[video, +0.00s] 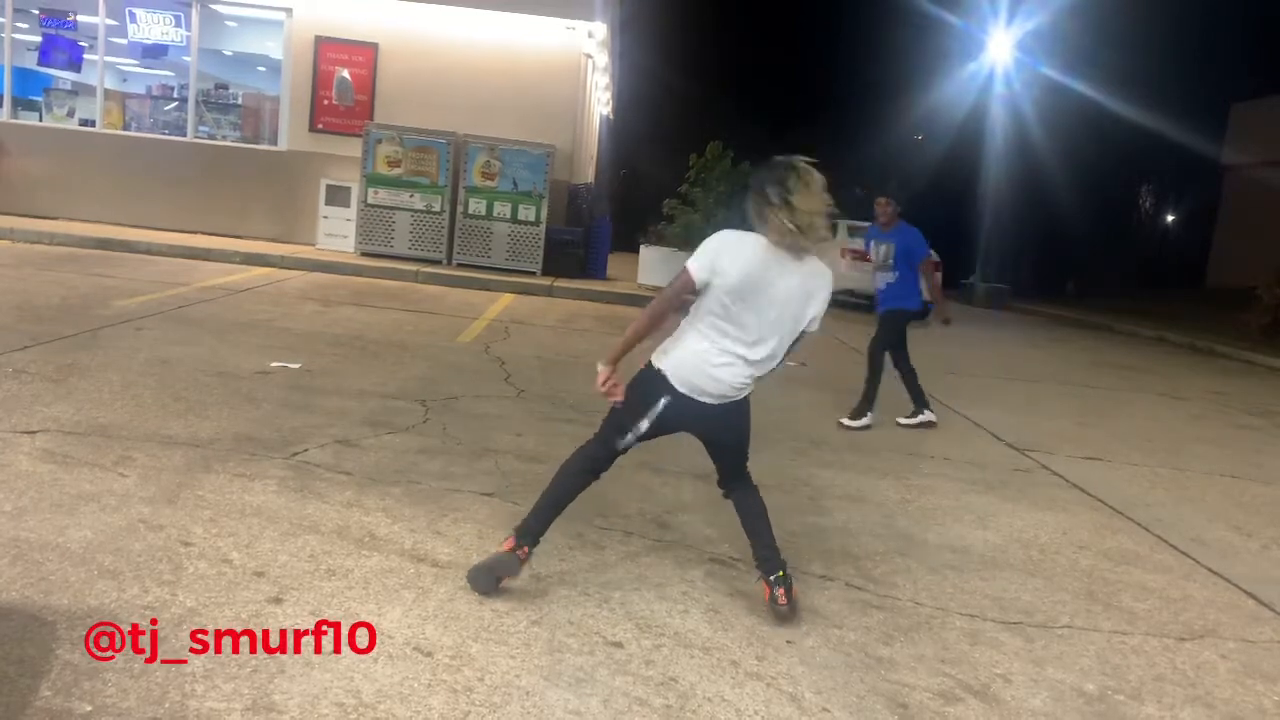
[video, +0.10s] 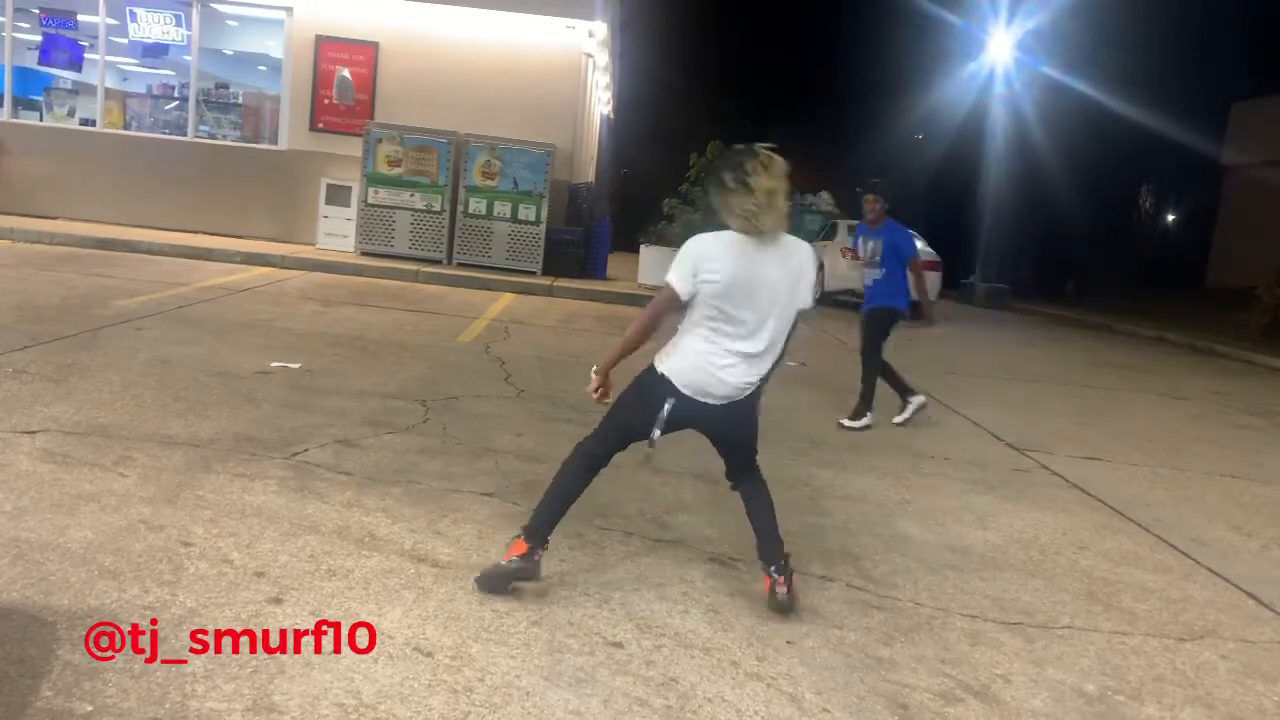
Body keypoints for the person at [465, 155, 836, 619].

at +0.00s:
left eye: (757, 196)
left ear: (761, 202)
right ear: (813, 212)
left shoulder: (728, 244)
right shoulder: (818, 278)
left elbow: (665, 304)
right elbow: (784, 351)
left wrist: (613, 359)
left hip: (668, 388)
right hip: (729, 406)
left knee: (595, 456)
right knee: (738, 480)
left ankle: (518, 546)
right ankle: (777, 581)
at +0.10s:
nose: (731, 201)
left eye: (730, 192)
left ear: (727, 197)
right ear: (780, 200)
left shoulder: (704, 248)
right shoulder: (803, 258)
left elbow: (652, 318)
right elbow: (787, 332)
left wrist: (607, 364)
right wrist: (758, 381)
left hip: (670, 386)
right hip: (737, 403)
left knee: (597, 449)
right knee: (747, 473)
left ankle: (529, 545)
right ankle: (779, 574)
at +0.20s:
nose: (679, 198)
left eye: (683, 189)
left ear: (691, 191)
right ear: (745, 190)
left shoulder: (675, 252)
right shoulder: (771, 244)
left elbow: (647, 334)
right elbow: (774, 332)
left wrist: (614, 372)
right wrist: (766, 394)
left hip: (670, 389)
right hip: (734, 398)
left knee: (594, 447)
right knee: (747, 466)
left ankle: (546, 548)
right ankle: (781, 561)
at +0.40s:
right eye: (717, 197)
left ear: (661, 193)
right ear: (709, 198)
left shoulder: (637, 238)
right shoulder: (725, 248)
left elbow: (632, 323)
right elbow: (757, 335)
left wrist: (662, 346)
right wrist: (774, 397)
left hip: (658, 391)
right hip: (723, 395)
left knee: (598, 460)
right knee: (748, 468)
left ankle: (552, 563)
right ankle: (793, 566)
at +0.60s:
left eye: (718, 160)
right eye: (786, 184)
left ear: (727, 165)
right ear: (779, 184)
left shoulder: (695, 205)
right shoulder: (778, 241)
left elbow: (641, 270)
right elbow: (782, 330)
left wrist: (603, 260)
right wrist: (786, 380)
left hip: (673, 374)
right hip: (731, 381)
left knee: (632, 453)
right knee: (734, 464)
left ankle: (597, 548)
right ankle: (787, 559)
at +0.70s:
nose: (735, 170)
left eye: (743, 163)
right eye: (812, 188)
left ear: (753, 167)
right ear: (802, 187)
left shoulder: (724, 207)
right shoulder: (801, 248)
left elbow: (663, 274)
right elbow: (790, 341)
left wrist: (590, 282)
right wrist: (779, 389)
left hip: (670, 374)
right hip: (729, 389)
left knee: (618, 453)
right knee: (746, 475)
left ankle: (597, 563)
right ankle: (795, 580)